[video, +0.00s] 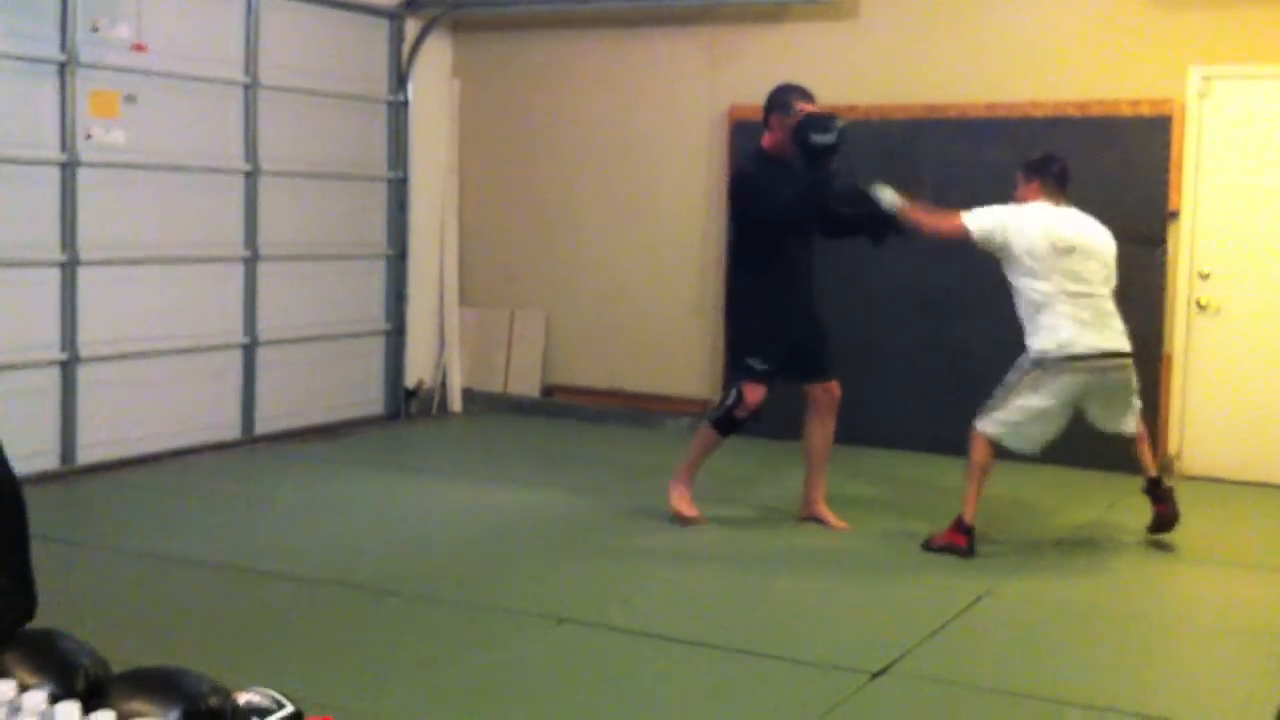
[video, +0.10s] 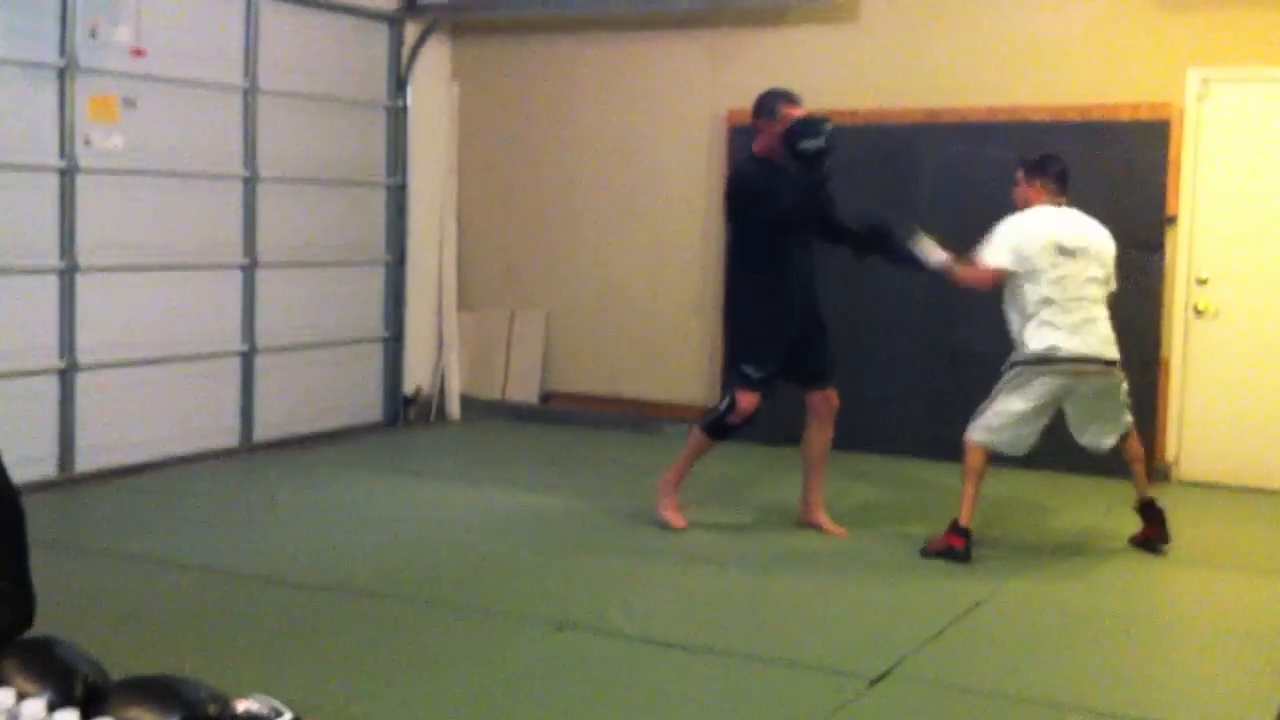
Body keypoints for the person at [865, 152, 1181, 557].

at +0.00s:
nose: (1017, 193)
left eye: (1020, 186)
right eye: (1019, 186)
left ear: (1033, 185)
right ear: (1062, 187)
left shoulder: (1012, 219)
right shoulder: (1101, 232)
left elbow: (942, 226)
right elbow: (1102, 291)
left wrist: (900, 206)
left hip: (1055, 355)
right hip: (1114, 356)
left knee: (985, 429)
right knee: (1132, 418)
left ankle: (964, 528)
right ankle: (1159, 490)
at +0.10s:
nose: (1015, 193)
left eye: (1018, 186)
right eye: (1017, 185)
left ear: (1032, 186)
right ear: (1061, 189)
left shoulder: (1018, 227)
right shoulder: (1099, 232)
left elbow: (981, 278)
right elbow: (1106, 293)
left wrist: (945, 262)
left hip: (1044, 356)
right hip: (1101, 358)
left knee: (979, 436)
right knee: (1125, 429)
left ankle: (961, 530)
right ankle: (1150, 512)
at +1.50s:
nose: (1000, 184)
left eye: (1005, 176)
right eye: (1001, 176)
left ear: (1026, 176)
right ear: (1041, 176)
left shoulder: (1021, 221)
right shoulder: (1071, 215)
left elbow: (1006, 286)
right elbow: (1048, 268)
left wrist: (980, 250)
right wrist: (1005, 222)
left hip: (1039, 341)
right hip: (1082, 337)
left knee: (971, 417)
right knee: (1092, 431)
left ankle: (964, 512)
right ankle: (1115, 513)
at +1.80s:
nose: (936, 197)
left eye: (941, 189)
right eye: (937, 189)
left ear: (962, 189)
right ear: (975, 190)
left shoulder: (957, 225)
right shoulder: (997, 228)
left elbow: (930, 271)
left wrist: (910, 245)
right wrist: (927, 246)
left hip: (965, 343)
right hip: (1012, 342)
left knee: (895, 412)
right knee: (1035, 429)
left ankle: (897, 499)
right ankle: (1057, 505)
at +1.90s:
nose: (911, 215)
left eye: (912, 209)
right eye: (911, 209)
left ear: (922, 206)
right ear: (949, 205)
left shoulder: (923, 233)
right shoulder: (976, 241)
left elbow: (875, 242)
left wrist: (850, 220)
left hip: (945, 362)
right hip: (995, 361)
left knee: (865, 421)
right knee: (1023, 433)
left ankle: (852, 506)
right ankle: (1048, 508)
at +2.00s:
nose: (855, 235)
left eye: (856, 227)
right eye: (853, 229)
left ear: (872, 220)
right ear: (889, 219)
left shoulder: (882, 249)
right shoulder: (919, 255)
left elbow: (811, 253)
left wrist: (789, 203)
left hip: (922, 380)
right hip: (953, 374)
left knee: (836, 429)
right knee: (964, 446)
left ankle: (817, 520)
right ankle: (1028, 499)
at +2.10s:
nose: (816, 251)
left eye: (818, 241)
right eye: (814, 244)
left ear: (838, 234)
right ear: (843, 233)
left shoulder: (870, 263)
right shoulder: (864, 261)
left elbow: (823, 307)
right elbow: (827, 294)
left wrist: (796, 276)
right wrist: (803, 273)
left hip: (907, 378)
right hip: (914, 376)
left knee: (815, 426)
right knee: (927, 453)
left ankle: (803, 520)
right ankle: (1005, 490)